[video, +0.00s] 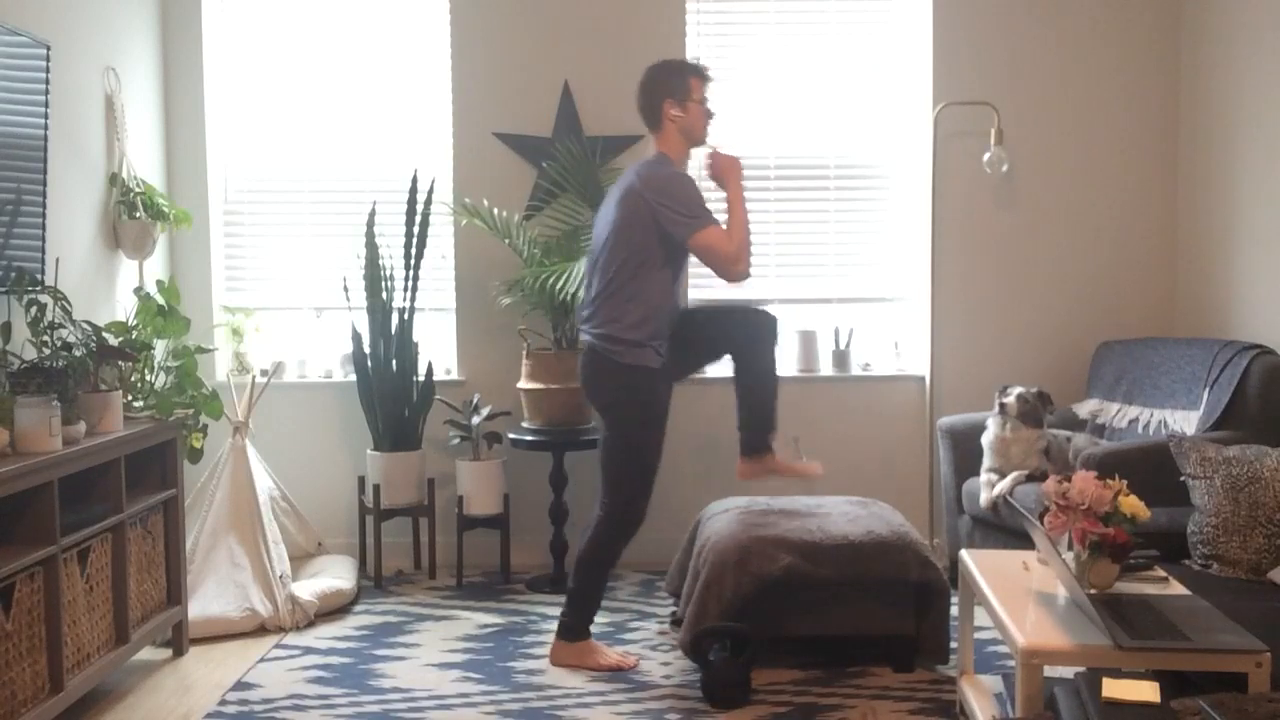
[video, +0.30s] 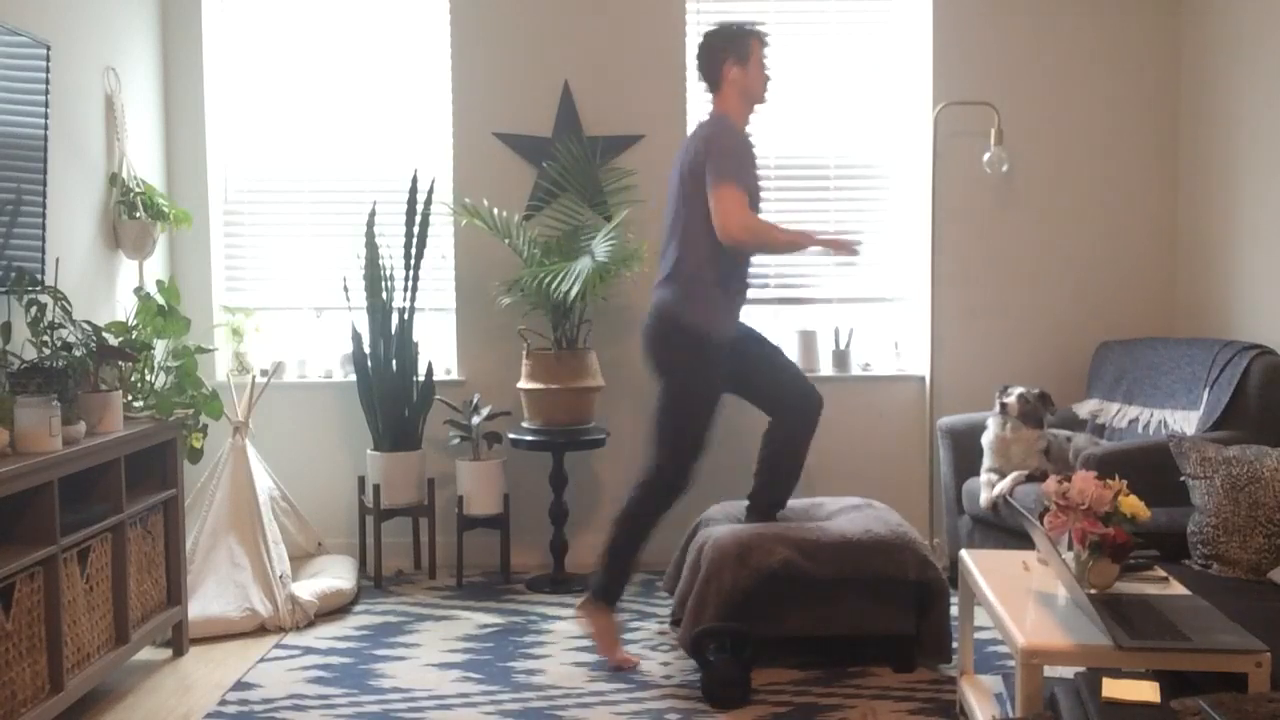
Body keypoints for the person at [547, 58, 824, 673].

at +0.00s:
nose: (710, 114)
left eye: (708, 104)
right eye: (702, 104)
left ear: (670, 112)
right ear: (673, 111)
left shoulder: (648, 176)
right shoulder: (659, 179)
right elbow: (734, 264)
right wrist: (734, 189)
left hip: (646, 342)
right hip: (626, 359)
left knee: (755, 326)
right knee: (624, 510)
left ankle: (758, 456)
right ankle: (570, 641)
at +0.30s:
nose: (769, 75)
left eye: (766, 64)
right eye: (760, 64)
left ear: (727, 75)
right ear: (731, 72)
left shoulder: (718, 139)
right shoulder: (721, 138)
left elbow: (732, 231)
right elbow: (734, 228)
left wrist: (795, 240)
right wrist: (811, 239)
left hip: (711, 326)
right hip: (690, 327)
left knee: (801, 404)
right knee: (671, 470)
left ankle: (759, 538)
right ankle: (599, 603)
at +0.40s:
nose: (779, 42)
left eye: (776, 31)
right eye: (771, 30)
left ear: (738, 39)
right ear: (742, 36)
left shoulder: (736, 110)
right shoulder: (725, 106)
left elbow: (753, 219)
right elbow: (708, 195)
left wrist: (811, 190)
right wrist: (763, 264)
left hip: (725, 287)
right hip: (706, 287)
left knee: (795, 402)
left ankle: (761, 544)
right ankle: (657, 535)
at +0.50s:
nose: (784, 13)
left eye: (783, 5)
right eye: (776, 4)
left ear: (751, 12)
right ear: (749, 8)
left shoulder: (746, 85)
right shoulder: (725, 77)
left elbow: (798, 174)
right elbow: (688, 166)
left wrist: (820, 106)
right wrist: (705, 260)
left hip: (740, 261)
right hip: (733, 261)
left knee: (771, 401)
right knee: (831, 346)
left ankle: (760, 534)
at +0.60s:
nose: (789, 8)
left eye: (788, 3)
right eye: (782, 1)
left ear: (753, 8)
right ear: (753, 4)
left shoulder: (762, 78)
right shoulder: (725, 62)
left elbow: (826, 135)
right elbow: (682, 152)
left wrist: (813, 64)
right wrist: (673, 245)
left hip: (745, 240)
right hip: (737, 235)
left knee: (761, 384)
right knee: (870, 239)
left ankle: (761, 520)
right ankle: (810, 360)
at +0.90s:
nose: (794, 11)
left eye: (792, 4)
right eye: (786, 3)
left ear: (759, 12)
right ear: (757, 8)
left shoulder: (757, 81)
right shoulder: (732, 71)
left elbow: (802, 173)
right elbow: (711, 169)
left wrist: (818, 106)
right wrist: (748, 251)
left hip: (759, 236)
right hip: (748, 237)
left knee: (764, 391)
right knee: (882, 251)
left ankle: (760, 529)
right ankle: (808, 354)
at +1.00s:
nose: (789, 11)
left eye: (787, 3)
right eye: (781, 2)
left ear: (753, 11)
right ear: (752, 6)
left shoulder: (746, 74)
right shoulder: (735, 69)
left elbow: (760, 180)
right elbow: (729, 167)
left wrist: (816, 163)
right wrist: (801, 224)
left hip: (742, 249)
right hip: (748, 248)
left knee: (761, 401)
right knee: (853, 336)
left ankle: (759, 532)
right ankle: (751, 409)